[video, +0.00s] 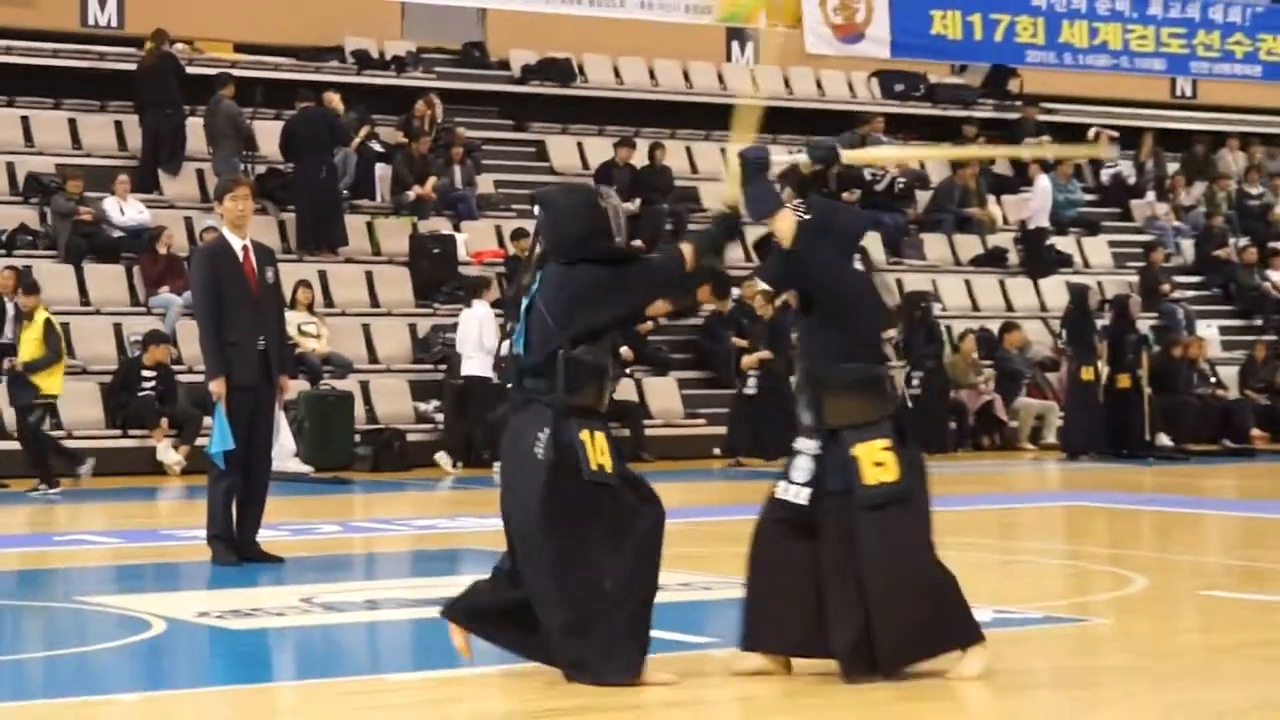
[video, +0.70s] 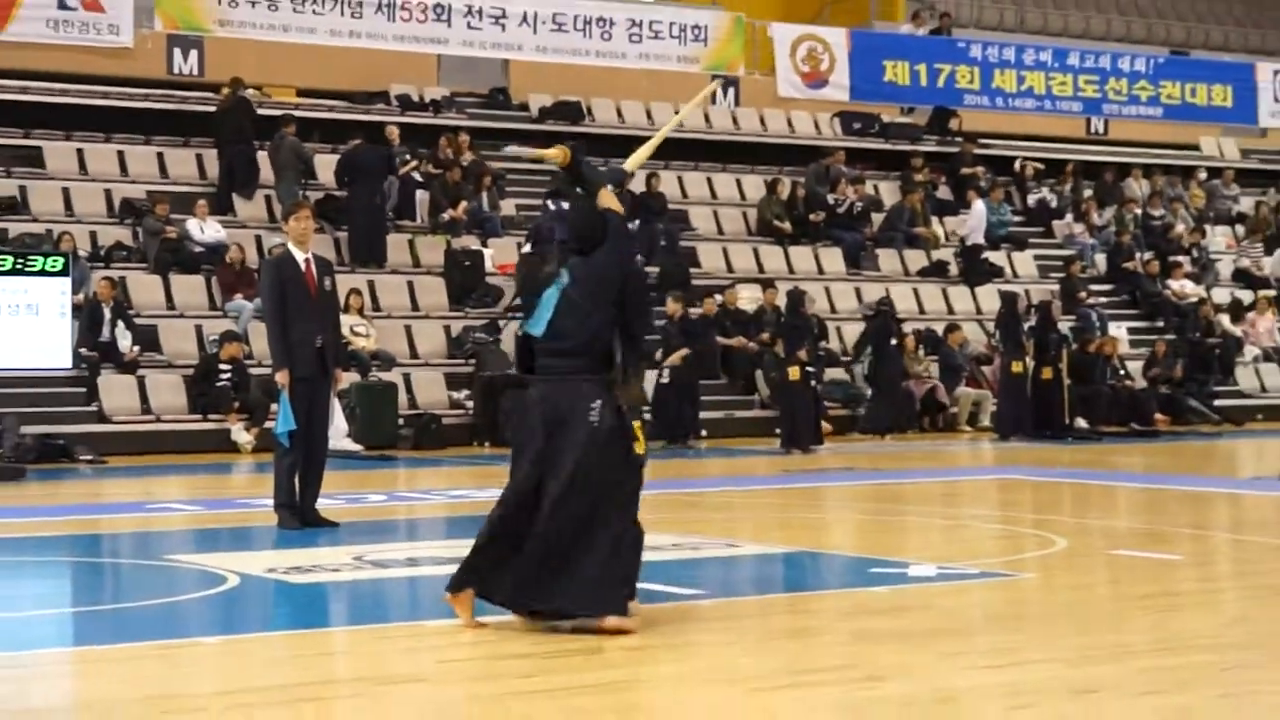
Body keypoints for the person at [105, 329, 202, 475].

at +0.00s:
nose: (169, 353)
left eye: (168, 349)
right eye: (165, 348)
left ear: (154, 349)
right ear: (152, 348)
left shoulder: (166, 371)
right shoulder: (128, 366)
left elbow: (170, 399)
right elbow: (113, 394)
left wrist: (165, 417)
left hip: (157, 414)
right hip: (129, 415)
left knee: (194, 416)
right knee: (147, 401)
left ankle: (178, 458)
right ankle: (162, 446)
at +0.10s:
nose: (179, 349)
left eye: (179, 345)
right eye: (176, 345)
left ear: (165, 345)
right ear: (163, 345)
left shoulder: (176, 366)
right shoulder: (140, 362)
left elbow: (181, 394)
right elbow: (126, 390)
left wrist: (175, 412)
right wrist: (148, 398)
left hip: (168, 408)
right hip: (141, 410)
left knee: (204, 411)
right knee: (159, 397)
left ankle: (188, 453)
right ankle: (173, 441)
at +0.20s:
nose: (196, 349)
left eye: (196, 346)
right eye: (193, 345)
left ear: (182, 346)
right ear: (180, 345)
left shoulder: (193, 366)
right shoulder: (158, 362)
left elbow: (198, 393)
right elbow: (144, 389)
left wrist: (191, 410)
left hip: (185, 406)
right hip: (158, 407)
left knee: (219, 410)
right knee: (176, 395)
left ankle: (204, 449)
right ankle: (190, 438)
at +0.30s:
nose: (207, 349)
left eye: (206, 346)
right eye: (203, 345)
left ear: (193, 346)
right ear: (191, 345)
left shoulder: (204, 366)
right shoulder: (170, 362)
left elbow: (209, 391)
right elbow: (156, 388)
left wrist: (202, 406)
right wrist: (177, 396)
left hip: (197, 404)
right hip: (171, 406)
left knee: (229, 408)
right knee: (187, 394)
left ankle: (215, 447)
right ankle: (200, 435)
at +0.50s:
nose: (220, 349)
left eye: (220, 345)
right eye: (217, 345)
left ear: (206, 345)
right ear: (205, 345)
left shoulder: (218, 365)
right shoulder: (184, 361)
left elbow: (223, 391)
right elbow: (172, 388)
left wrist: (216, 404)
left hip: (210, 403)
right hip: (184, 404)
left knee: (242, 406)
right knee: (202, 392)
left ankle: (228, 444)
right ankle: (214, 433)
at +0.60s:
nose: (228, 348)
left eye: (228, 344)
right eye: (225, 344)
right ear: (213, 344)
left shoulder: (226, 364)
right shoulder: (193, 360)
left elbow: (231, 388)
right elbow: (181, 385)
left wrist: (225, 402)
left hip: (219, 401)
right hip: (193, 403)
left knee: (250, 404)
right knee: (211, 391)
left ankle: (237, 441)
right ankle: (223, 430)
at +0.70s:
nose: (241, 349)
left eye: (241, 346)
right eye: (238, 345)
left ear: (228, 345)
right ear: (227, 345)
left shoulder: (239, 365)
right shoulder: (207, 361)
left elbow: (244, 388)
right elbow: (196, 384)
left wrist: (238, 401)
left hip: (232, 400)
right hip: (208, 401)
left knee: (262, 403)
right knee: (224, 392)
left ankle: (249, 438)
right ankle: (236, 429)